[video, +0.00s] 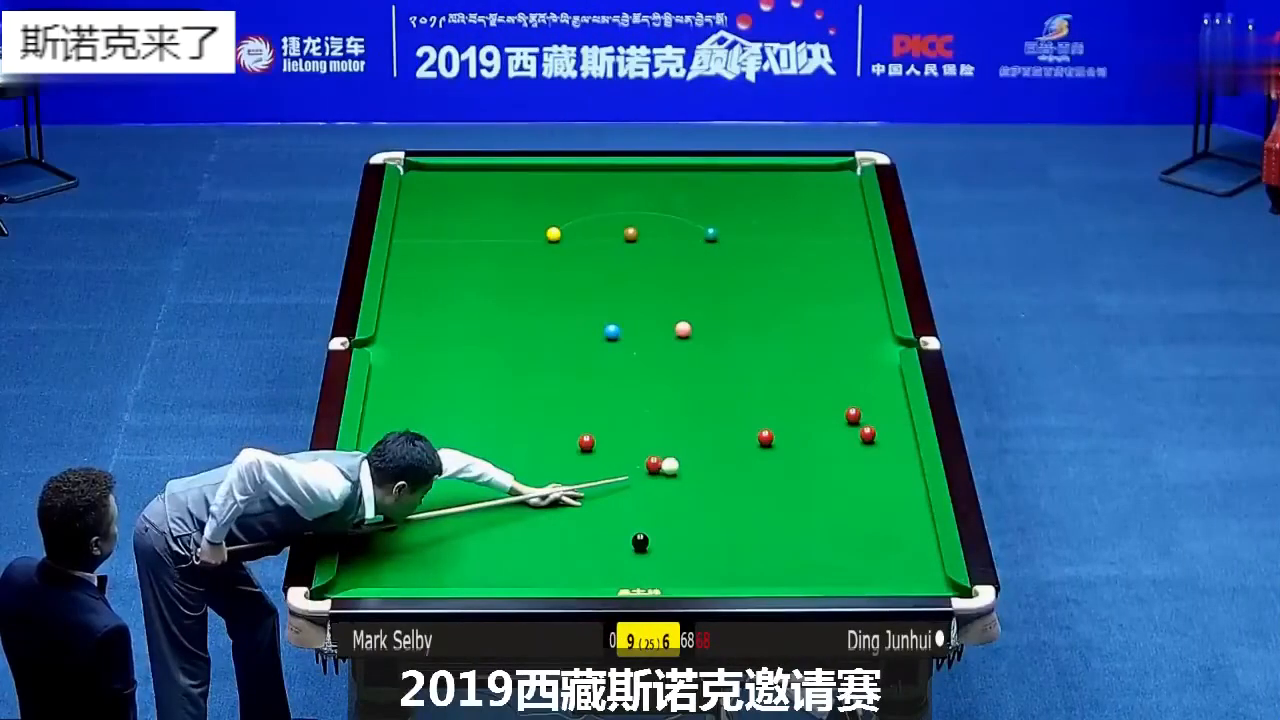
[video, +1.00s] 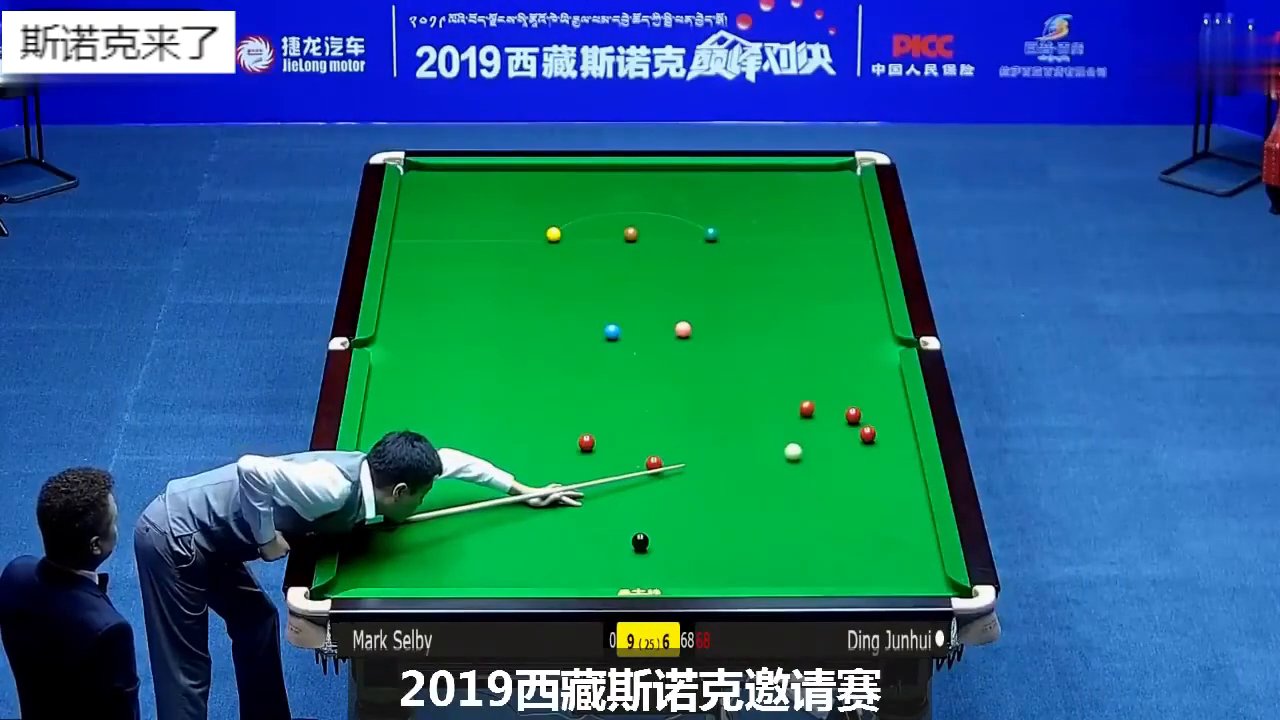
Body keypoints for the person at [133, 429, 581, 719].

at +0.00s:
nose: (421, 502)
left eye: (423, 493)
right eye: (419, 494)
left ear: (396, 479)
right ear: (396, 488)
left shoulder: (382, 474)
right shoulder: (331, 492)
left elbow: (456, 463)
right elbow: (251, 464)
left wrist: (524, 489)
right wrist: (213, 541)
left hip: (208, 533)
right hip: (170, 535)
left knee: (256, 624)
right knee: (186, 672)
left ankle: (266, 718)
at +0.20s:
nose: (421, 501)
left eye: (423, 492)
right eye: (419, 494)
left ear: (396, 479)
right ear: (396, 488)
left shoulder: (382, 474)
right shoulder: (331, 492)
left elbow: (456, 463)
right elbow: (252, 461)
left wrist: (524, 489)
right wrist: (215, 539)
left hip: (209, 535)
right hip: (170, 535)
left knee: (256, 624)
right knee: (187, 672)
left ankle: (266, 718)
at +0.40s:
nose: (421, 501)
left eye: (423, 492)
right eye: (419, 494)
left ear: (396, 480)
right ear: (396, 488)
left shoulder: (382, 474)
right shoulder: (330, 492)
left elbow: (456, 463)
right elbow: (252, 462)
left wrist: (524, 490)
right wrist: (218, 539)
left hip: (210, 537)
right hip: (170, 536)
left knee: (257, 625)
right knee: (186, 673)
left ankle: (266, 718)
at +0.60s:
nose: (420, 503)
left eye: (422, 494)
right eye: (418, 495)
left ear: (395, 479)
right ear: (396, 488)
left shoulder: (380, 471)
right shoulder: (329, 492)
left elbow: (456, 462)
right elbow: (253, 460)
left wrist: (524, 489)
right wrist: (242, 538)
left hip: (211, 538)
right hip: (172, 537)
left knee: (256, 625)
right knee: (187, 673)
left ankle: (266, 718)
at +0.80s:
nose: (419, 505)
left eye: (422, 496)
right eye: (418, 497)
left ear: (393, 479)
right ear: (395, 489)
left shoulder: (377, 473)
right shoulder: (331, 491)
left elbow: (454, 462)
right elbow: (253, 469)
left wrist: (522, 489)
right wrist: (266, 535)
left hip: (211, 538)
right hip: (172, 538)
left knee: (257, 626)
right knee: (187, 676)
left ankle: (266, 718)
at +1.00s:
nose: (420, 504)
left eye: (422, 495)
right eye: (418, 496)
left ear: (392, 478)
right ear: (396, 490)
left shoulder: (377, 472)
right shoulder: (331, 491)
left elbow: (455, 462)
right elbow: (253, 469)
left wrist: (523, 489)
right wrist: (266, 534)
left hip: (211, 535)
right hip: (172, 538)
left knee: (256, 624)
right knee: (187, 672)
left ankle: (266, 718)